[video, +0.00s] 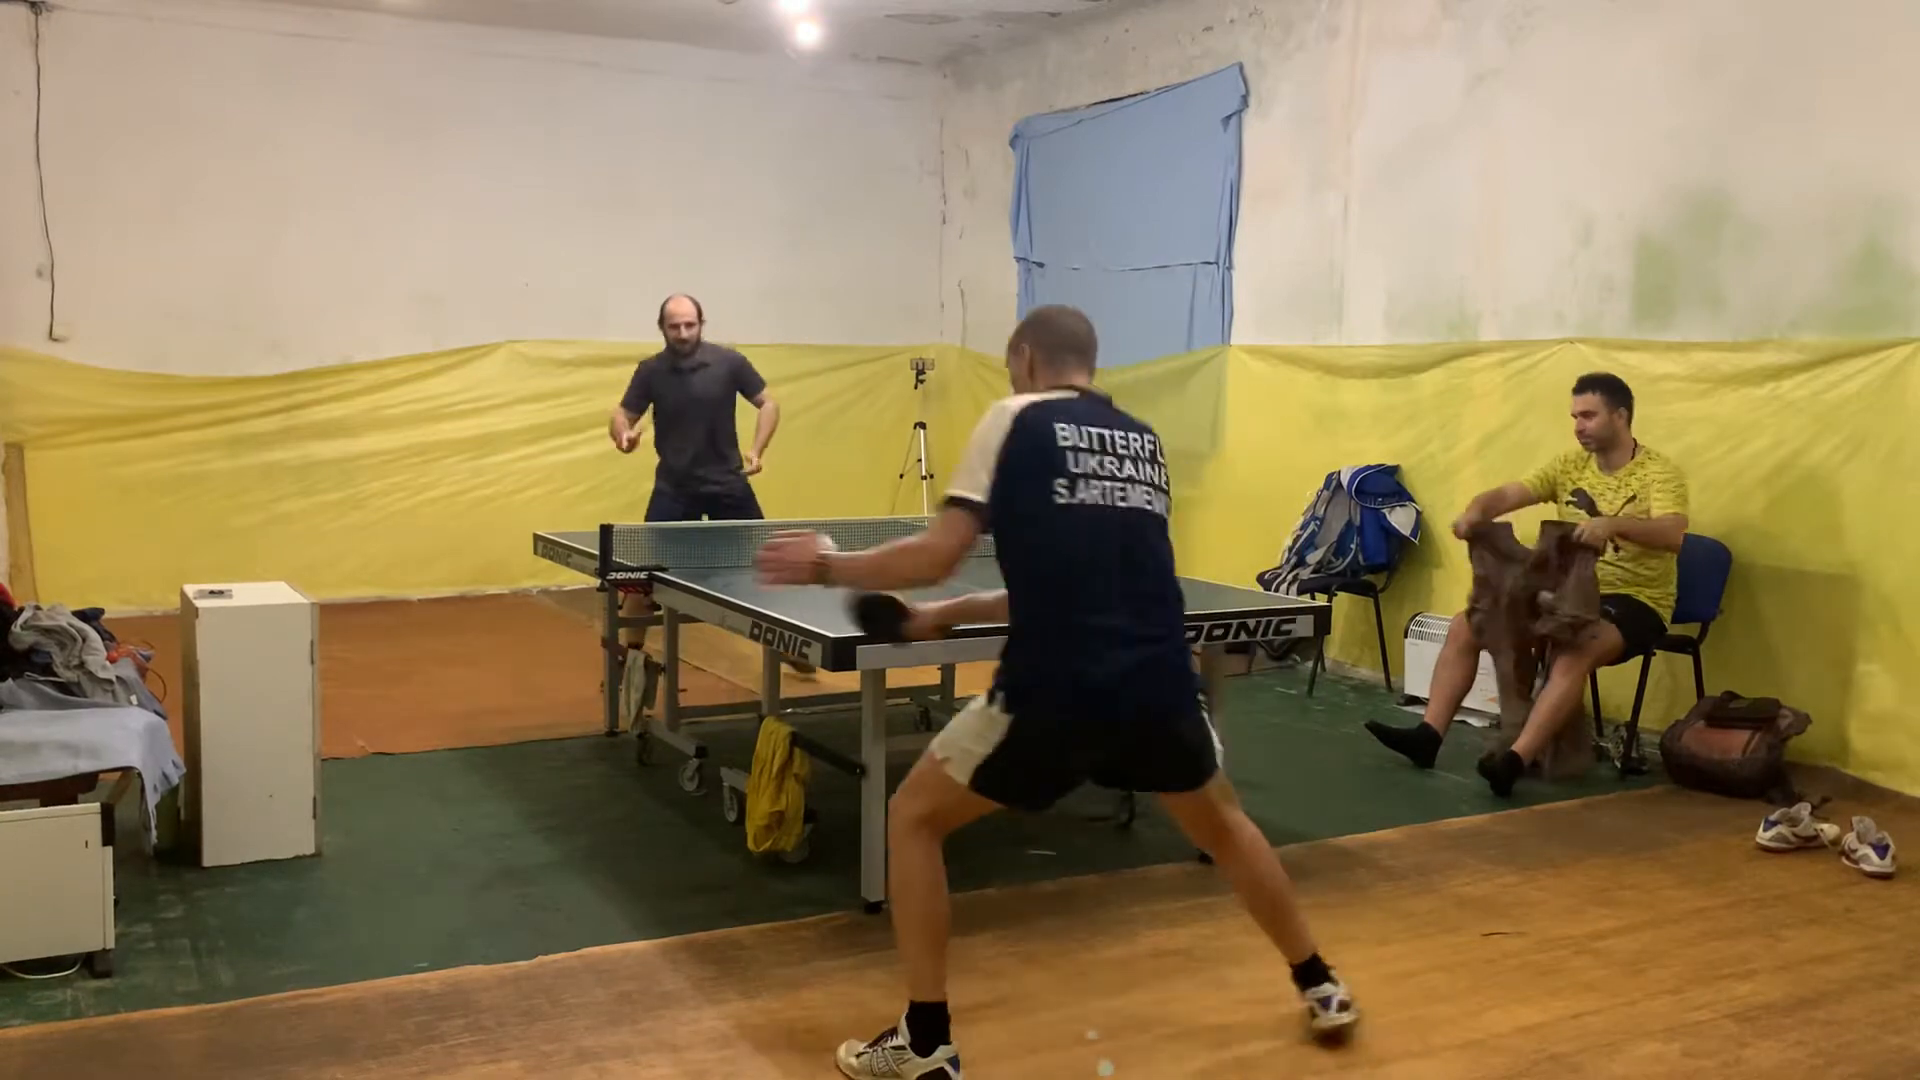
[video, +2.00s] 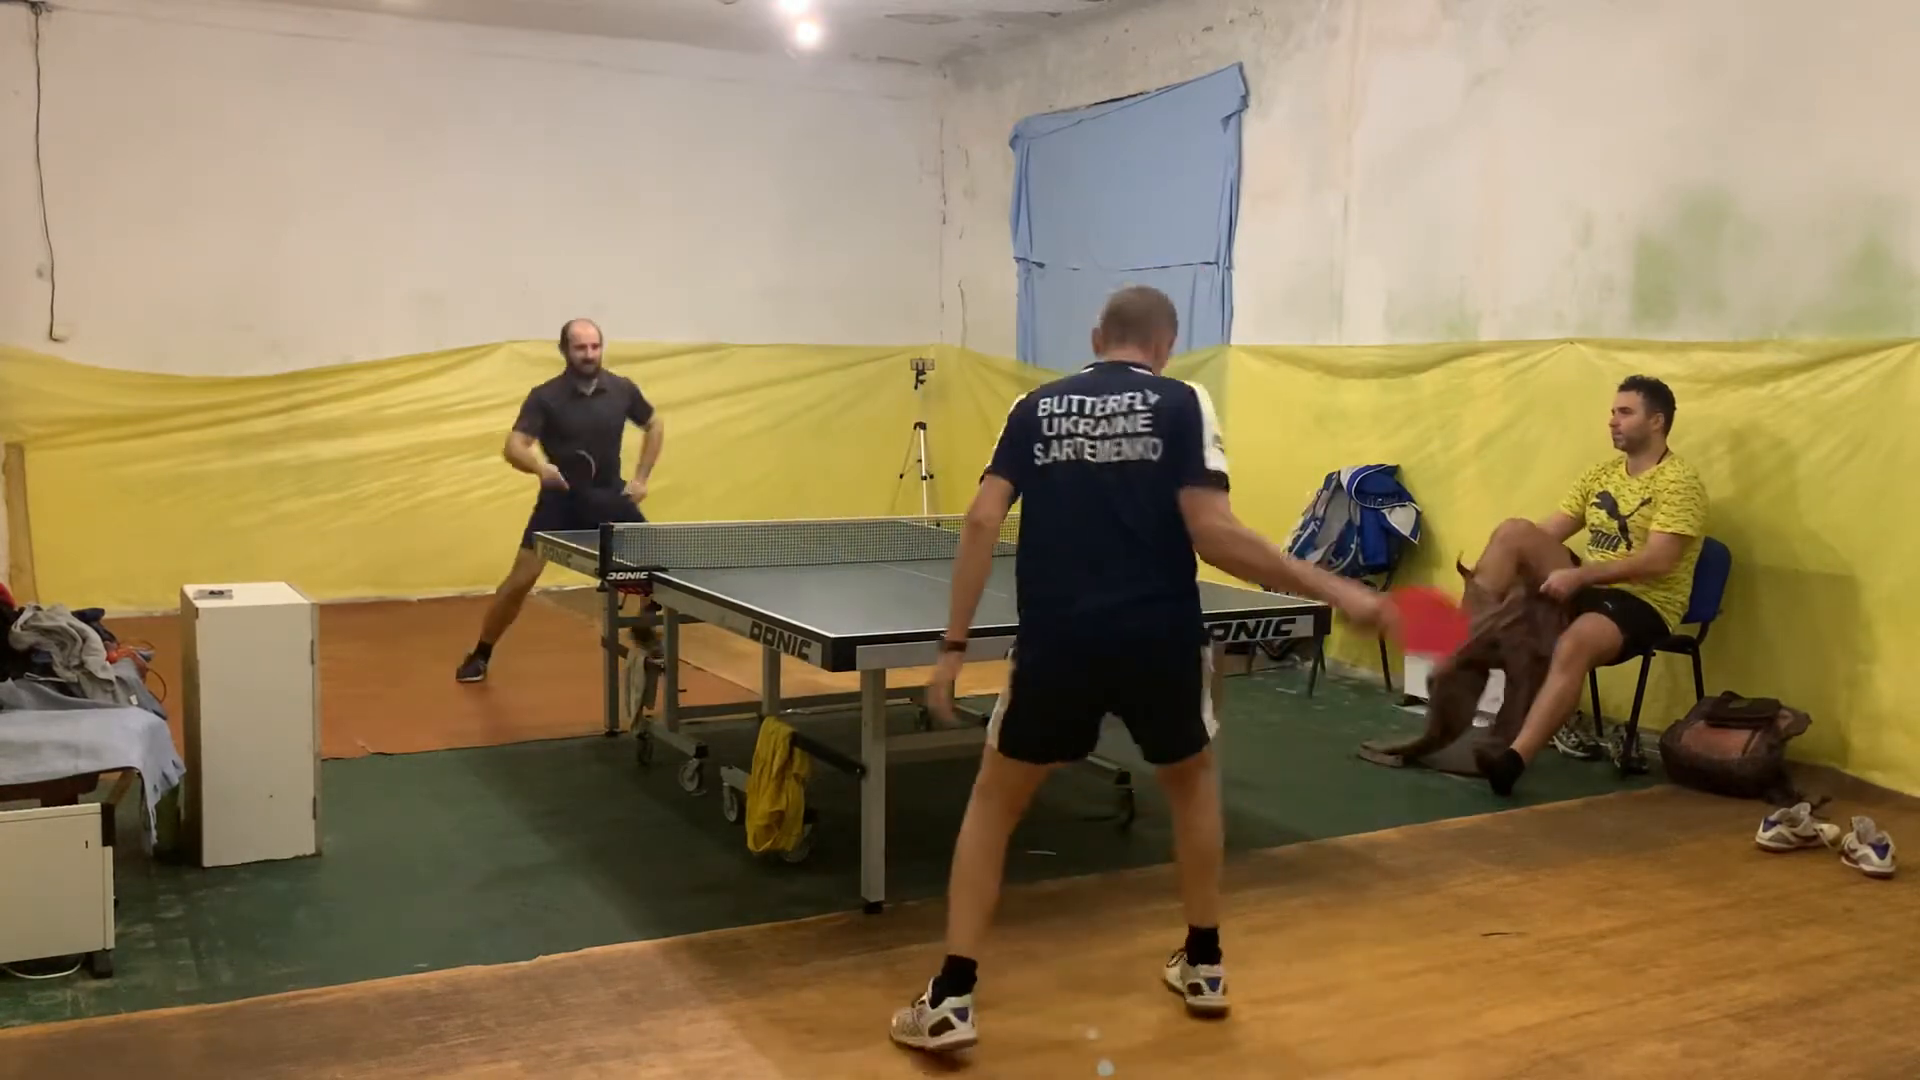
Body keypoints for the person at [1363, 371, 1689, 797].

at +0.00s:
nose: (1578, 426)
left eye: (1587, 416)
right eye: (1574, 416)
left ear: (1621, 416)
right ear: (1574, 417)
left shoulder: (1659, 473)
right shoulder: (1572, 466)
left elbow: (1674, 536)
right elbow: (1508, 496)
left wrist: (1613, 524)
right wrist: (1476, 510)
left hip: (1637, 600)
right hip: (1570, 592)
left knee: (1572, 653)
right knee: (1465, 625)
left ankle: (1514, 759)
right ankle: (1429, 734)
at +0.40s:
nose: (1605, 419)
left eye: (1617, 410)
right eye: (1605, 410)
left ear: (1651, 419)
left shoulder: (1672, 481)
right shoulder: (1592, 462)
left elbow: (1643, 537)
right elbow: (1522, 479)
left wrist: (1567, 531)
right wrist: (1468, 480)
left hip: (1638, 601)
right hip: (1578, 587)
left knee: (1572, 646)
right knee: (1495, 578)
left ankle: (1513, 761)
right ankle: (1476, 701)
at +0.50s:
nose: (1606, 419)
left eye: (1618, 411)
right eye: (1606, 410)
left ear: (1652, 420)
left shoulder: (1672, 481)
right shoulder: (1592, 464)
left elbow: (1640, 541)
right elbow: (1520, 487)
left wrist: (1555, 547)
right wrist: (1460, 494)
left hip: (1639, 603)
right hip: (1580, 591)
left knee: (1572, 645)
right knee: (1513, 543)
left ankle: (1512, 762)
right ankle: (1504, 654)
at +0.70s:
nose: (1606, 421)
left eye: (1617, 413)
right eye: (1605, 412)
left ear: (1651, 423)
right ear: (1605, 415)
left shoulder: (1671, 485)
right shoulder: (1597, 470)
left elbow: (1631, 561)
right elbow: (1529, 511)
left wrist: (1562, 589)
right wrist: (1469, 553)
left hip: (1644, 600)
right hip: (1593, 585)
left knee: (1573, 646)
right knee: (1523, 521)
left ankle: (1514, 760)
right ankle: (1520, 625)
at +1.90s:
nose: (1611, 420)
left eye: (1623, 412)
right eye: (1611, 412)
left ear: (1656, 422)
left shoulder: (1678, 482)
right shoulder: (1603, 473)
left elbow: (1656, 561)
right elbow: (1555, 529)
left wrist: (1581, 587)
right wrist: (1497, 574)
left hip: (1647, 601)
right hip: (1591, 584)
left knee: (1575, 645)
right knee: (1514, 528)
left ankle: (1515, 759)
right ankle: (1474, 661)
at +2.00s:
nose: (1613, 421)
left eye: (1625, 413)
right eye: (1613, 412)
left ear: (1658, 422)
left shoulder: (1680, 483)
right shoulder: (1604, 474)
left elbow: (1660, 560)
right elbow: (1551, 530)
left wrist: (1581, 575)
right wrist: (1493, 567)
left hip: (1648, 601)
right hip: (1592, 585)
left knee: (1575, 643)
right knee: (1513, 533)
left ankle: (1515, 759)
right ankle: (1464, 657)